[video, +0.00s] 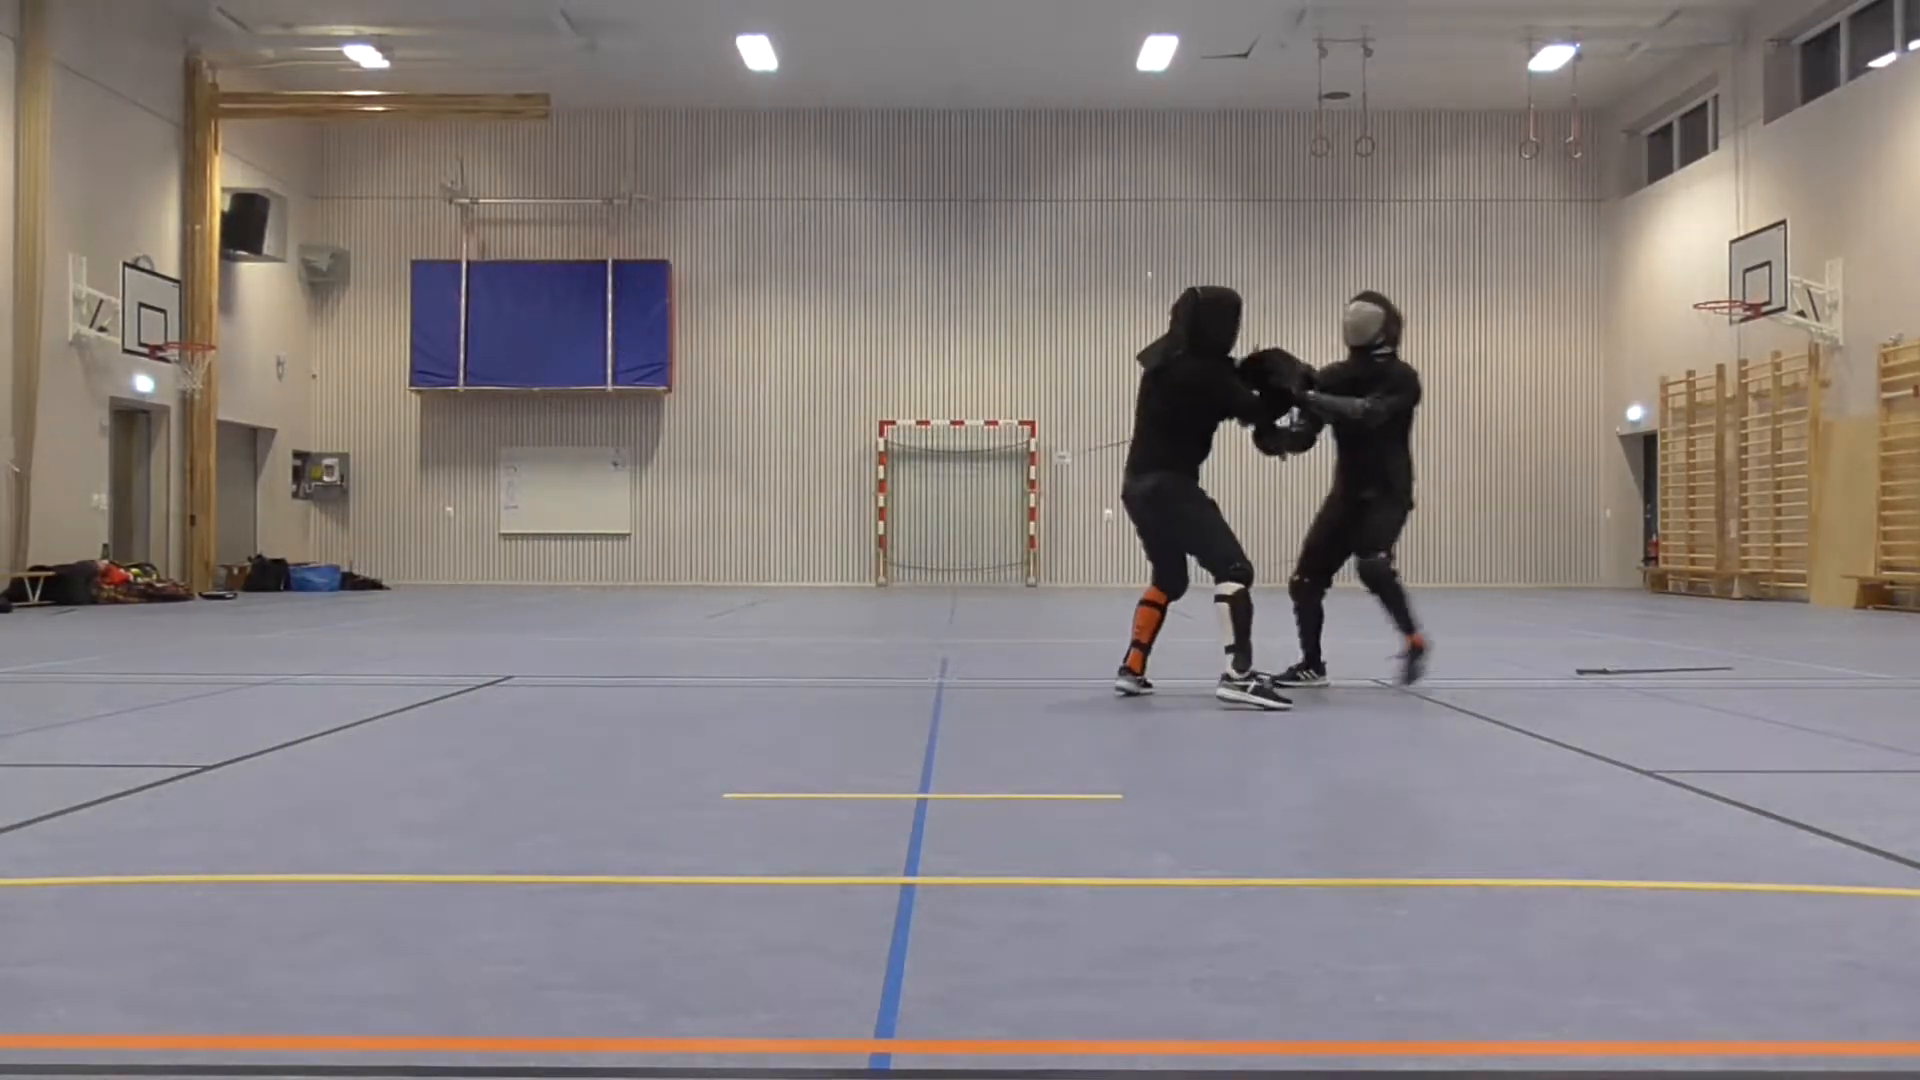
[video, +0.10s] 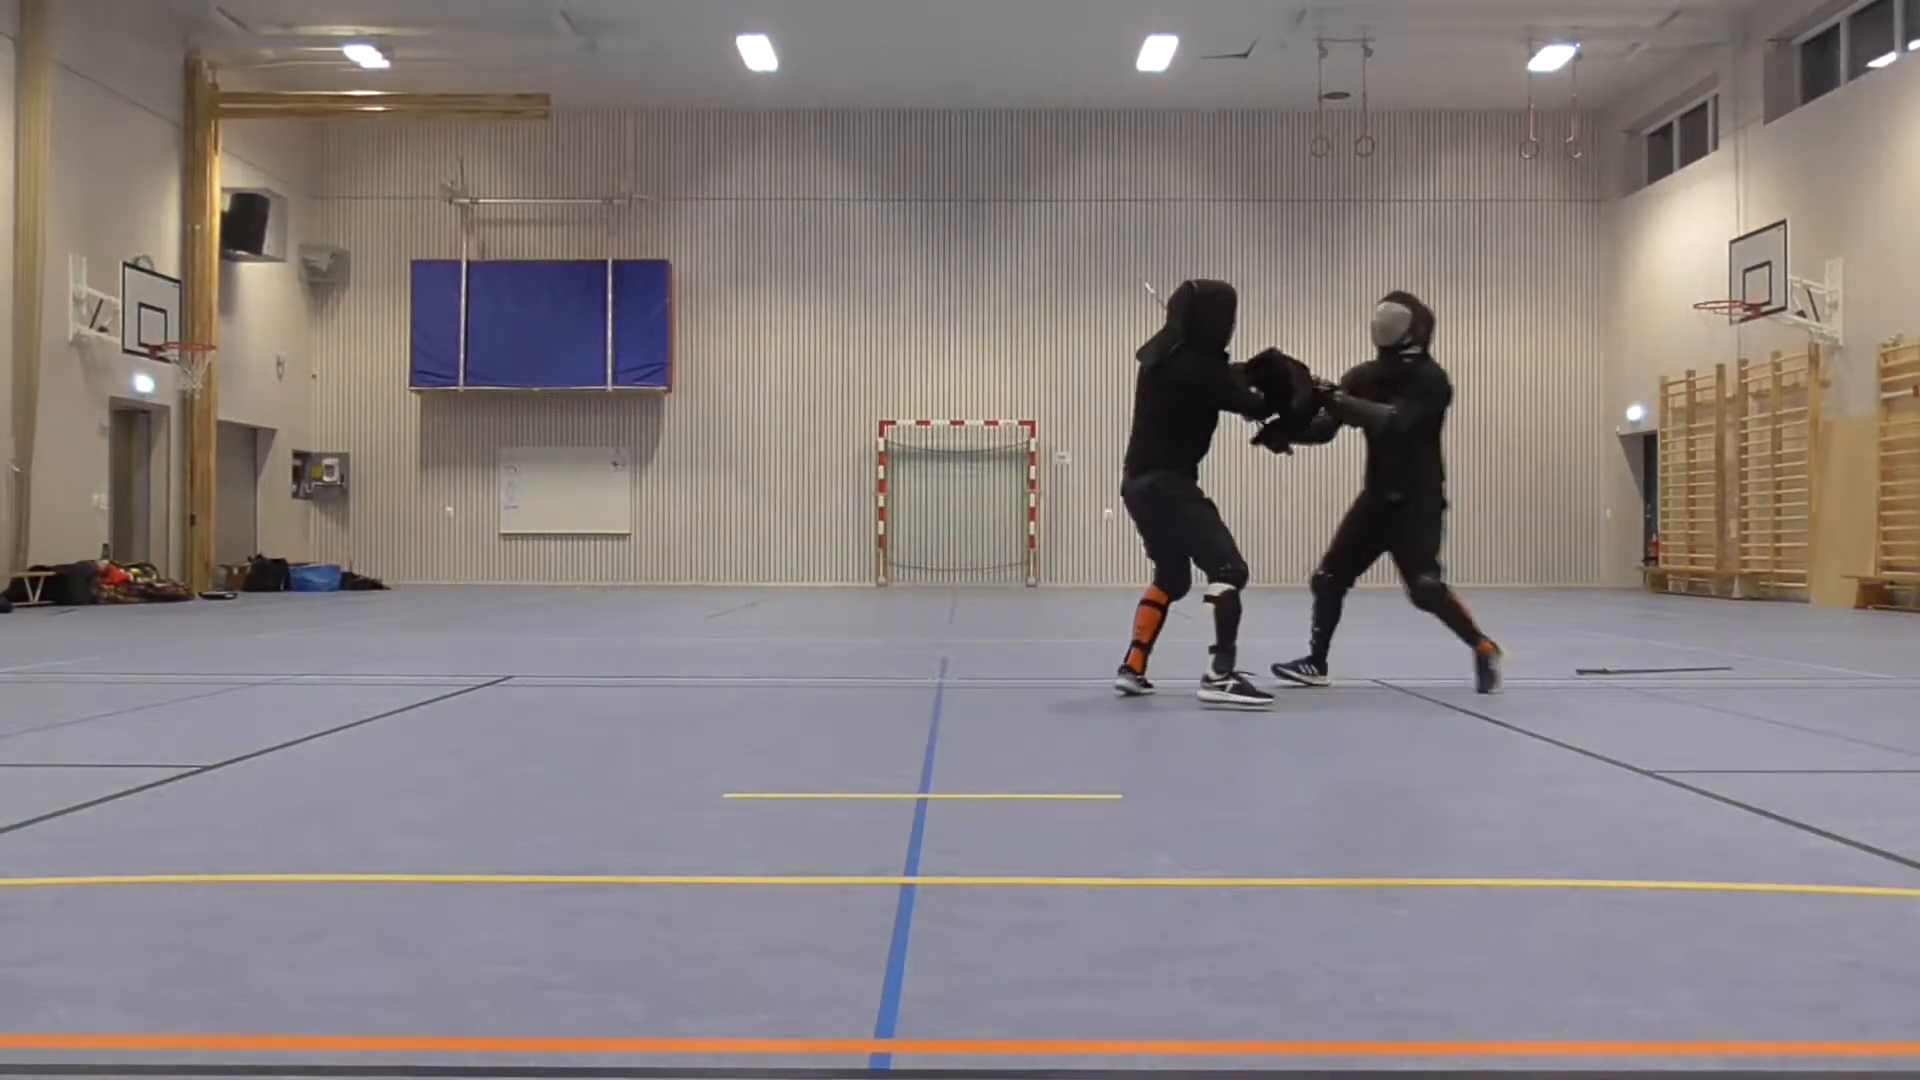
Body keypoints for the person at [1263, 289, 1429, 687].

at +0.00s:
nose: (1351, 332)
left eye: (1360, 325)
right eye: (1349, 325)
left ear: (1381, 332)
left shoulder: (1403, 379)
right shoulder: (1331, 377)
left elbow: (1370, 412)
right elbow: (1304, 432)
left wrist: (1309, 398)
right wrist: (1273, 437)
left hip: (1390, 495)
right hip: (1347, 494)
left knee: (1371, 564)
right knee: (1306, 584)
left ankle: (1414, 641)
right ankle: (1312, 664)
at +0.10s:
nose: (1380, 336)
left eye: (1388, 329)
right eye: (1378, 329)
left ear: (1409, 333)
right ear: (1380, 332)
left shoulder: (1431, 380)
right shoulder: (1364, 376)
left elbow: (1395, 419)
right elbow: (1325, 426)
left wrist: (1336, 399)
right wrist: (1286, 427)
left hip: (1419, 501)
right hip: (1377, 499)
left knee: (1424, 590)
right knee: (1328, 582)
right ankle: (1316, 662)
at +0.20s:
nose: (1405, 345)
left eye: (1414, 337)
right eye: (1403, 337)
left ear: (1437, 341)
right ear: (1404, 338)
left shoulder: (1460, 386)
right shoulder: (1391, 381)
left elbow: (1422, 431)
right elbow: (1343, 426)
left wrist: (1366, 404)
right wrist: (1304, 422)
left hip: (1456, 509)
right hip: (1410, 506)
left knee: (1463, 597)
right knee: (1361, 584)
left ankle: (1501, 668)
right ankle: (1325, 659)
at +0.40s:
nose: (1440, 334)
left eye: (1451, 326)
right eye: (1437, 325)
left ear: (1477, 330)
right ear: (1432, 326)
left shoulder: (1504, 379)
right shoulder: (1421, 379)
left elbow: (1513, 440)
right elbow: (1385, 428)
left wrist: (1458, 432)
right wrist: (1351, 446)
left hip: (1489, 503)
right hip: (1436, 501)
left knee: (1489, 585)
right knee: (1402, 584)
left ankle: (1504, 666)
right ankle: (1380, 660)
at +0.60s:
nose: (1455, 331)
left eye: (1465, 322)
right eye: (1451, 322)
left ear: (1490, 325)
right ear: (1447, 323)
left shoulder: (1518, 376)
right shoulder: (1435, 374)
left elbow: (1548, 443)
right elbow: (1401, 421)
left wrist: (1523, 448)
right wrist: (1369, 449)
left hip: (1498, 498)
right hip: (1447, 496)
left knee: (1492, 585)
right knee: (1408, 573)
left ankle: (1504, 665)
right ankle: (1397, 654)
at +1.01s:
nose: (1450, 331)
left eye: (1459, 321)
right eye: (1441, 323)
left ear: (1475, 323)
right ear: (1429, 326)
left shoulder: (1497, 372)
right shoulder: (1419, 379)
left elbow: (1515, 425)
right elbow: (1411, 439)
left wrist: (1525, 460)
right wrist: (1430, 472)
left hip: (1486, 496)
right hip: (1437, 498)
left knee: (1494, 584)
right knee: (1431, 584)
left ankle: (1502, 663)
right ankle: (1420, 669)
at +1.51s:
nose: (1463, 318)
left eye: (1474, 308)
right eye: (1455, 308)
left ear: (1490, 312)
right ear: (1443, 311)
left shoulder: (1512, 367)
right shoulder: (1424, 371)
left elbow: (1526, 424)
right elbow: (1398, 440)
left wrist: (1531, 470)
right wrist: (1422, 478)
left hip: (1495, 492)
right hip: (1443, 494)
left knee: (1509, 581)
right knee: (1432, 582)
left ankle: (1521, 665)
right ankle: (1420, 668)